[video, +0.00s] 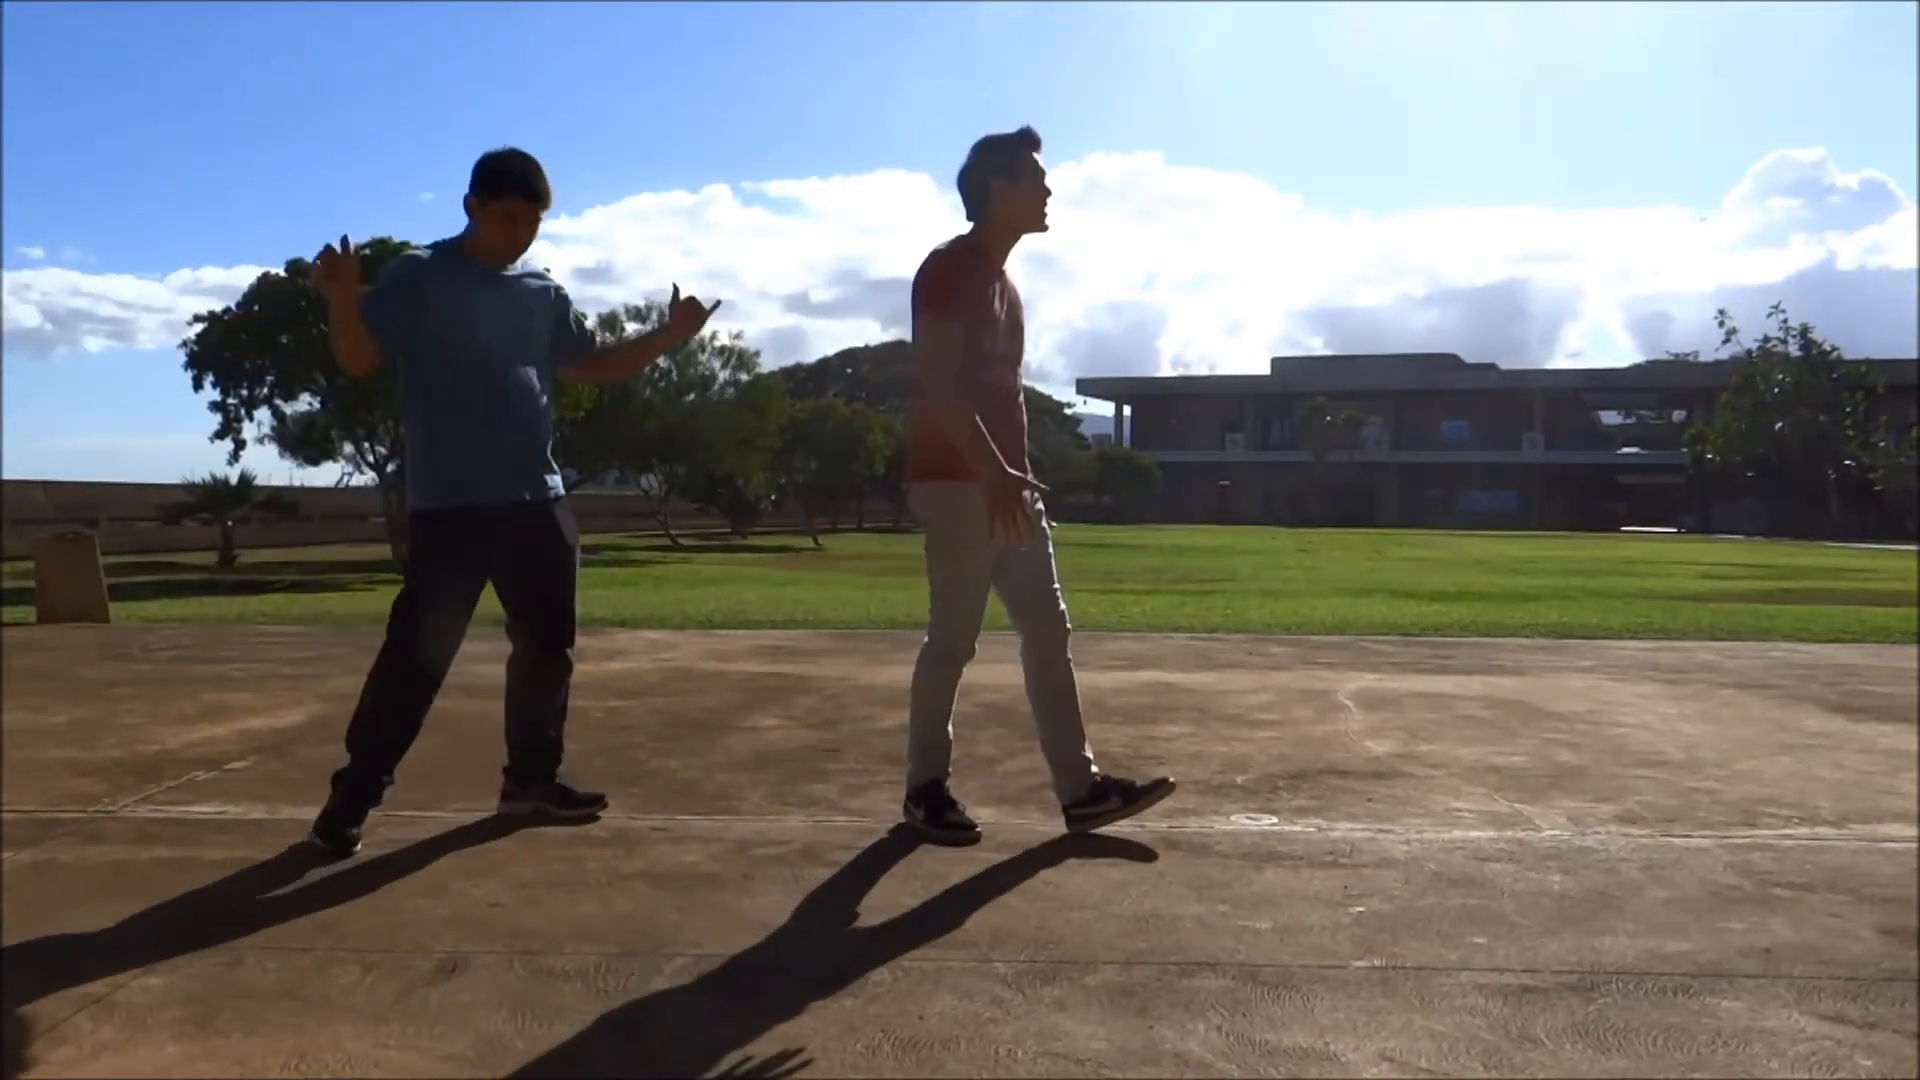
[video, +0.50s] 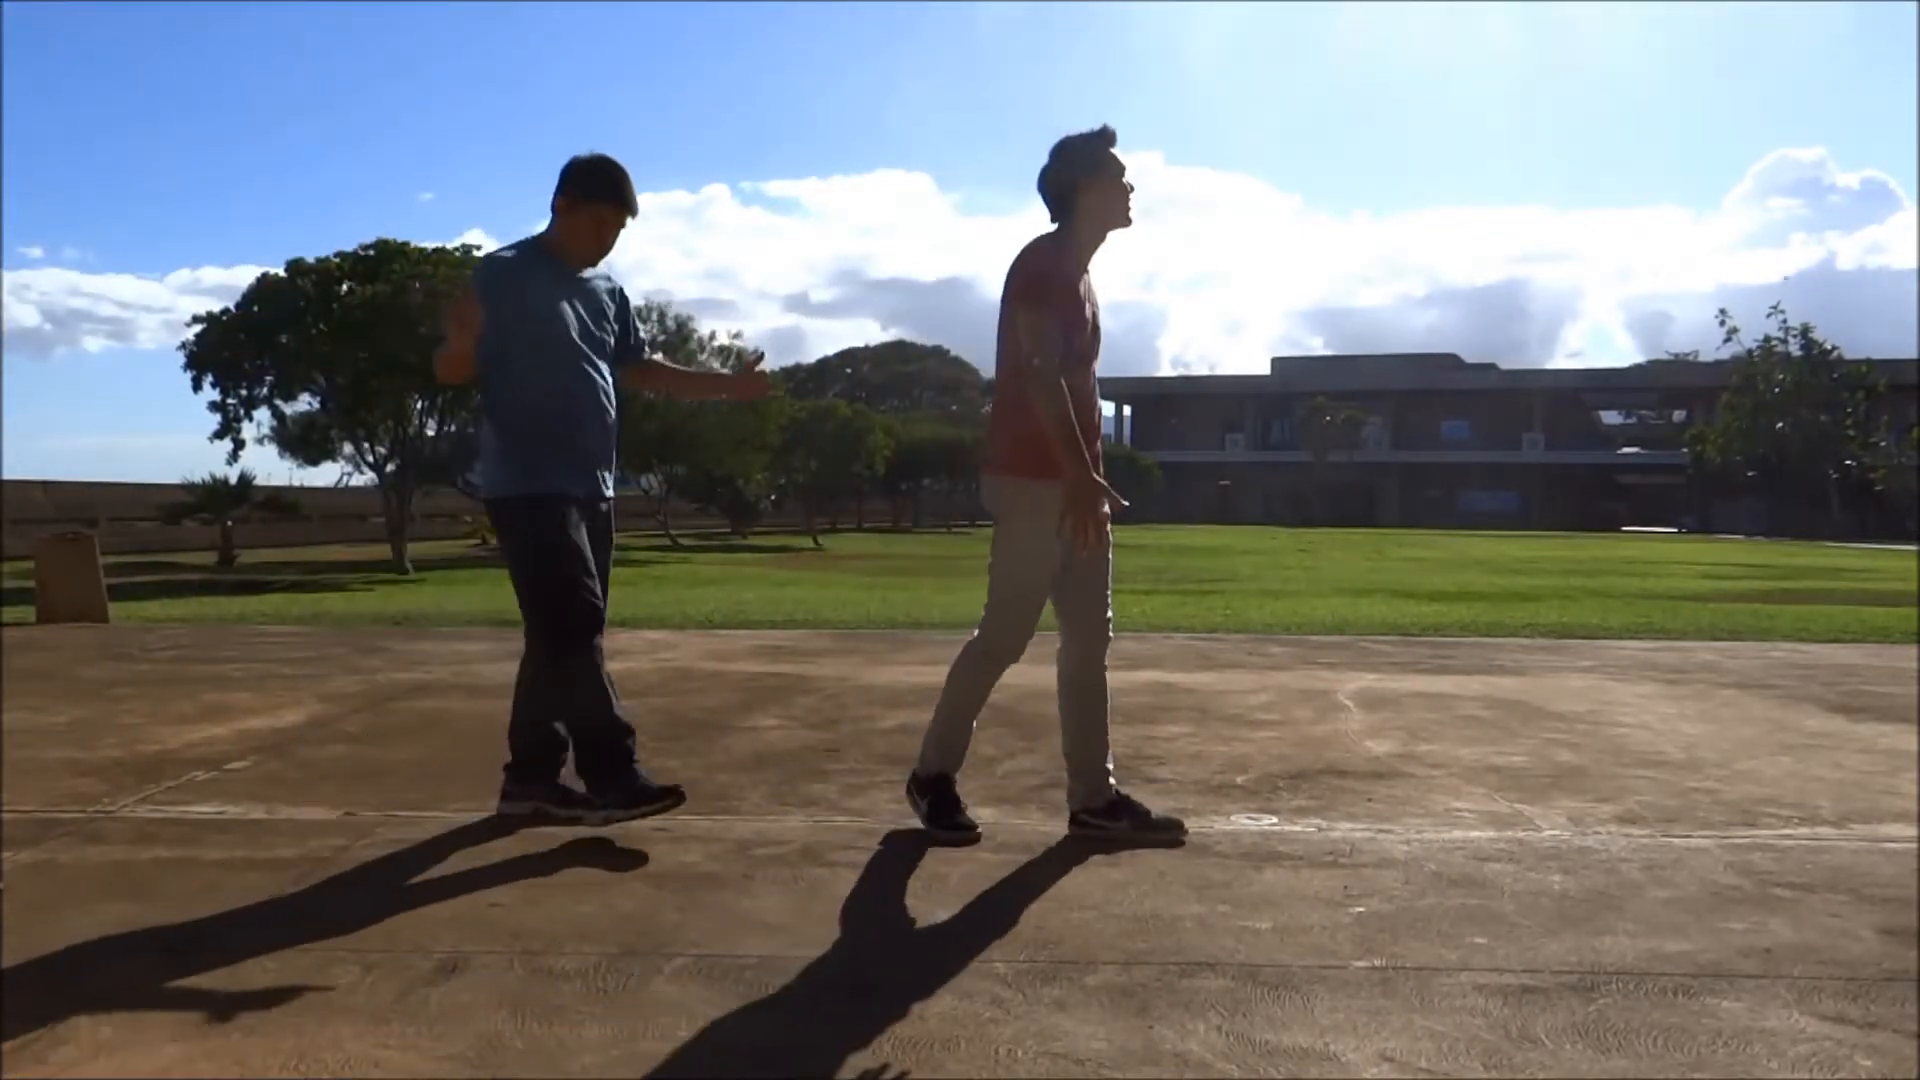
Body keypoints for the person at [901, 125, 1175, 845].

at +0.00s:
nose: (1048, 188)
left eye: (1043, 175)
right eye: (1035, 176)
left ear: (1011, 191)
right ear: (996, 191)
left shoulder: (1005, 285)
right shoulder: (951, 271)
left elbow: (1001, 391)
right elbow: (941, 388)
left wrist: (1018, 474)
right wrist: (994, 471)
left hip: (1007, 478)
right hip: (956, 481)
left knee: (1046, 630)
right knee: (953, 638)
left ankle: (1081, 787)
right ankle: (926, 791)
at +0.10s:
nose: (1063, 190)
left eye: (1058, 178)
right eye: (1050, 179)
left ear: (1023, 192)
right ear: (1011, 191)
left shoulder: (1014, 283)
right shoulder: (969, 271)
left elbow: (1008, 390)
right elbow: (956, 385)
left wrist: (1028, 476)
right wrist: (1014, 474)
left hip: (1015, 480)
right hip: (967, 482)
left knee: (1046, 635)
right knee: (958, 638)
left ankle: (1082, 792)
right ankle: (925, 792)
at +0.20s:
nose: (1079, 191)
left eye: (1074, 179)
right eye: (1065, 179)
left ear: (1041, 194)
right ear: (1027, 191)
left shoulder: (1028, 287)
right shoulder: (987, 271)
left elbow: (1018, 389)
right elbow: (975, 381)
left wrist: (1041, 478)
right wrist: (1028, 473)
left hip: (1026, 483)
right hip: (979, 483)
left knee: (1053, 639)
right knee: (966, 638)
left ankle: (1088, 795)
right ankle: (925, 789)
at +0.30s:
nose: (1096, 193)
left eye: (1091, 180)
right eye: (1082, 181)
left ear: (1054, 197)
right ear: (1045, 194)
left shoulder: (1042, 283)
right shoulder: (1009, 269)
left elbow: (1034, 390)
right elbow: (1001, 380)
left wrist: (1056, 485)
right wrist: (1047, 474)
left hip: (1037, 484)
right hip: (995, 484)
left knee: (1063, 640)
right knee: (974, 638)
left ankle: (1091, 799)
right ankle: (926, 788)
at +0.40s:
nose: (1114, 191)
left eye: (1109, 179)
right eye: (1100, 180)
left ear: (1076, 195)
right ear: (1064, 195)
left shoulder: (1062, 282)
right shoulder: (1025, 266)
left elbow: (1058, 388)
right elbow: (1021, 376)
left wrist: (1076, 480)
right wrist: (1066, 479)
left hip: (1057, 484)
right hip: (1013, 484)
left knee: (1075, 643)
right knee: (985, 639)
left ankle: (1093, 799)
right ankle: (928, 782)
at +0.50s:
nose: (1130, 185)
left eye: (1125, 175)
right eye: (1117, 175)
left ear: (1091, 192)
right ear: (1082, 190)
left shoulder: (1076, 279)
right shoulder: (1043, 264)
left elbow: (1076, 388)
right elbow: (1043, 375)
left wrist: (1095, 480)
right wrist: (1079, 477)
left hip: (1078, 480)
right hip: (1032, 479)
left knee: (1087, 642)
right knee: (1006, 633)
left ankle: (1093, 799)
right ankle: (932, 776)